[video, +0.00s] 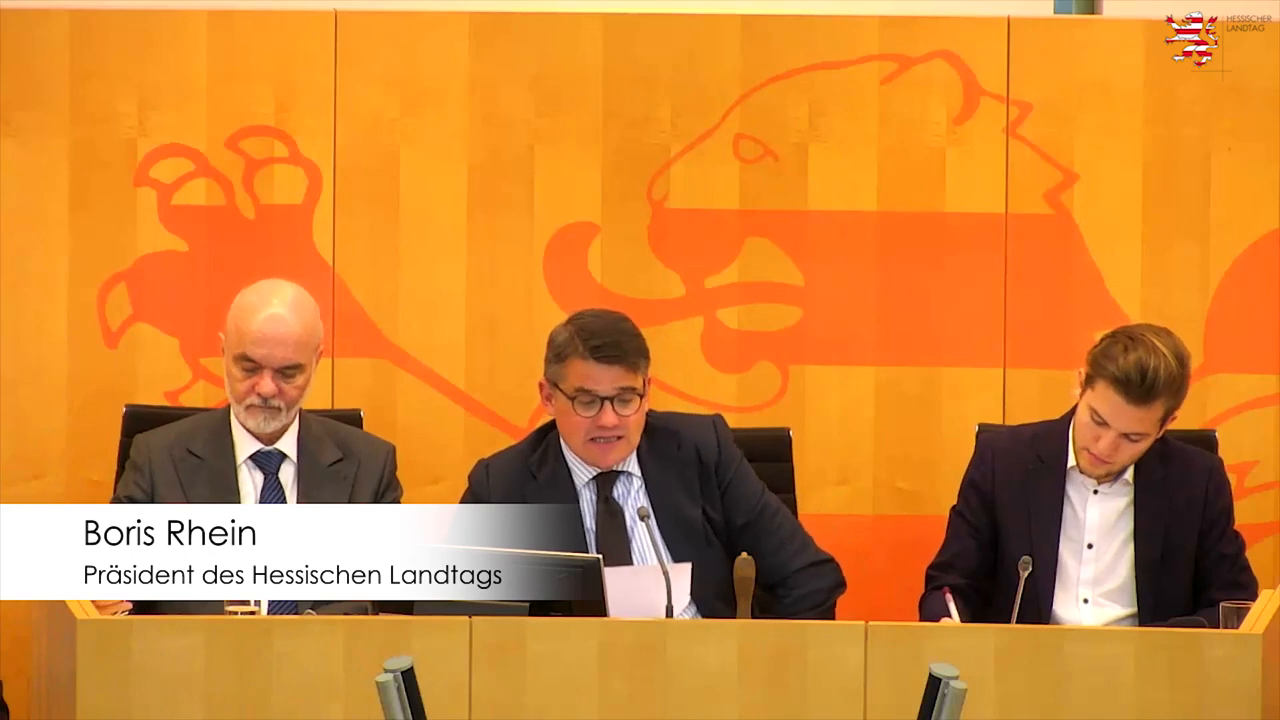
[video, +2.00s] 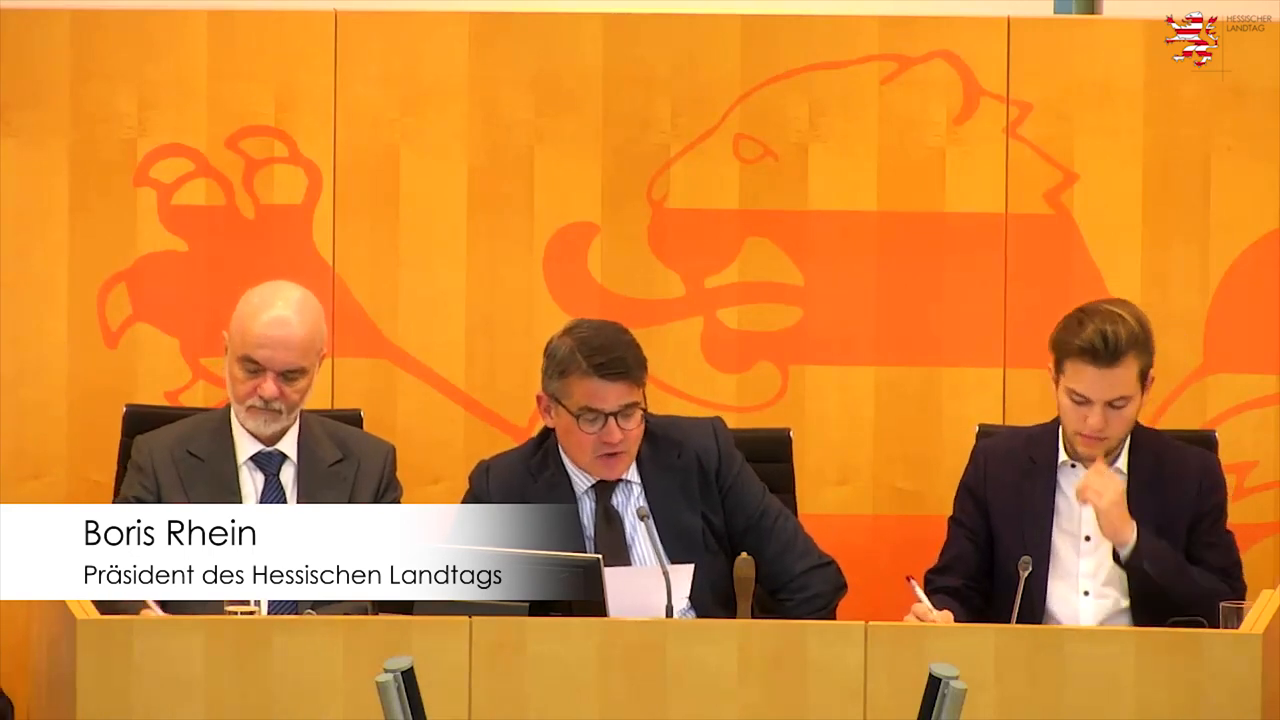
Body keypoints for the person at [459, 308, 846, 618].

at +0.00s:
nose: (608, 419)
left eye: (624, 398)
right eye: (586, 400)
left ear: (646, 390)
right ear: (549, 397)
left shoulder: (704, 450)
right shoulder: (500, 485)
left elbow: (809, 580)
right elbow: (466, 619)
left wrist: (764, 679)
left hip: (706, 673)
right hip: (566, 683)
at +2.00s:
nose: (614, 435)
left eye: (628, 413)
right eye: (591, 418)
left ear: (644, 395)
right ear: (548, 410)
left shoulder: (704, 453)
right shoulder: (500, 487)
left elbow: (811, 581)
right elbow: (468, 623)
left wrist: (760, 676)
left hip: (703, 673)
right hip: (564, 683)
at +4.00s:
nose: (618, 441)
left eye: (634, 419)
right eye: (595, 423)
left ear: (650, 400)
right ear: (553, 411)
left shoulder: (705, 457)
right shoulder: (500, 488)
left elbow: (814, 583)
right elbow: (460, 622)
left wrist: (756, 675)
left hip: (701, 678)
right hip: (562, 686)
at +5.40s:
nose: (618, 440)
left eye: (634, 418)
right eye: (597, 420)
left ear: (651, 402)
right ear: (554, 409)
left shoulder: (705, 456)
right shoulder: (499, 489)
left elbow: (815, 584)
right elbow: (447, 614)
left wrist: (757, 676)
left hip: (700, 679)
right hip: (561, 685)